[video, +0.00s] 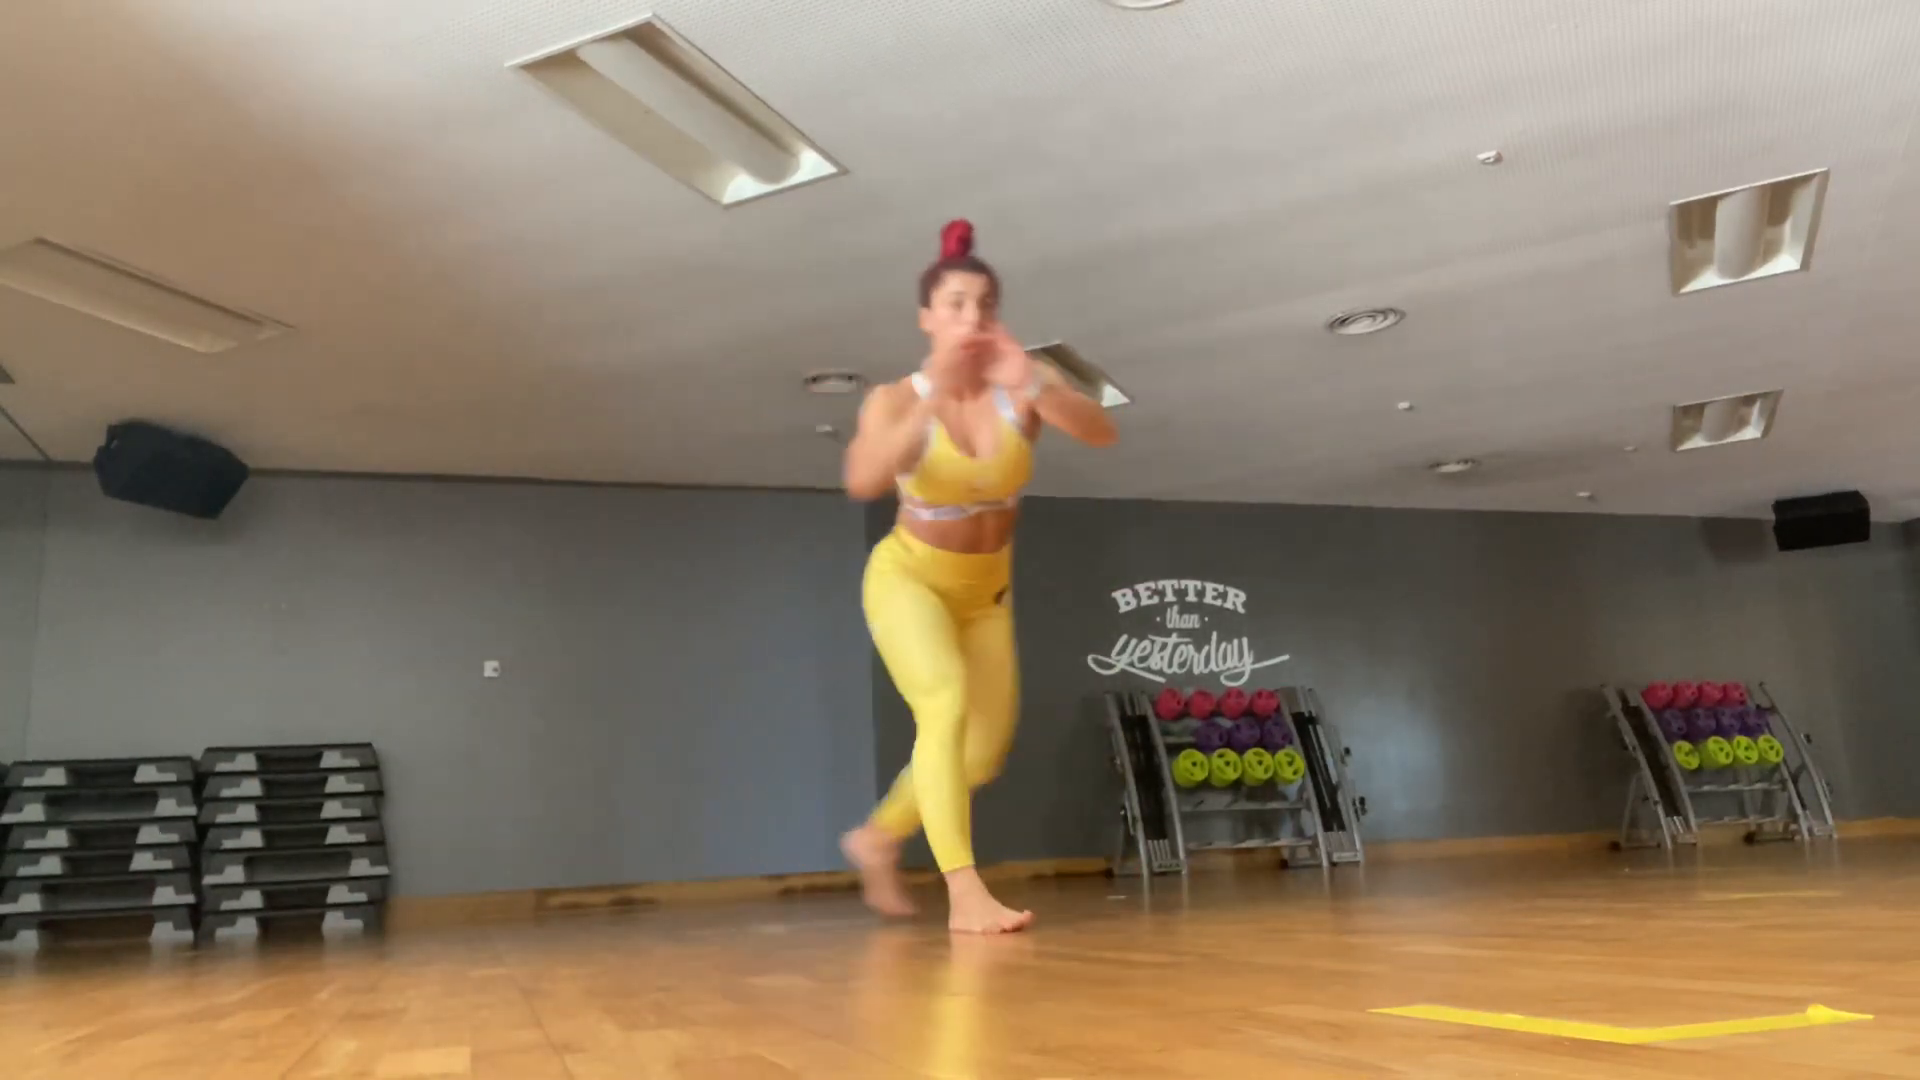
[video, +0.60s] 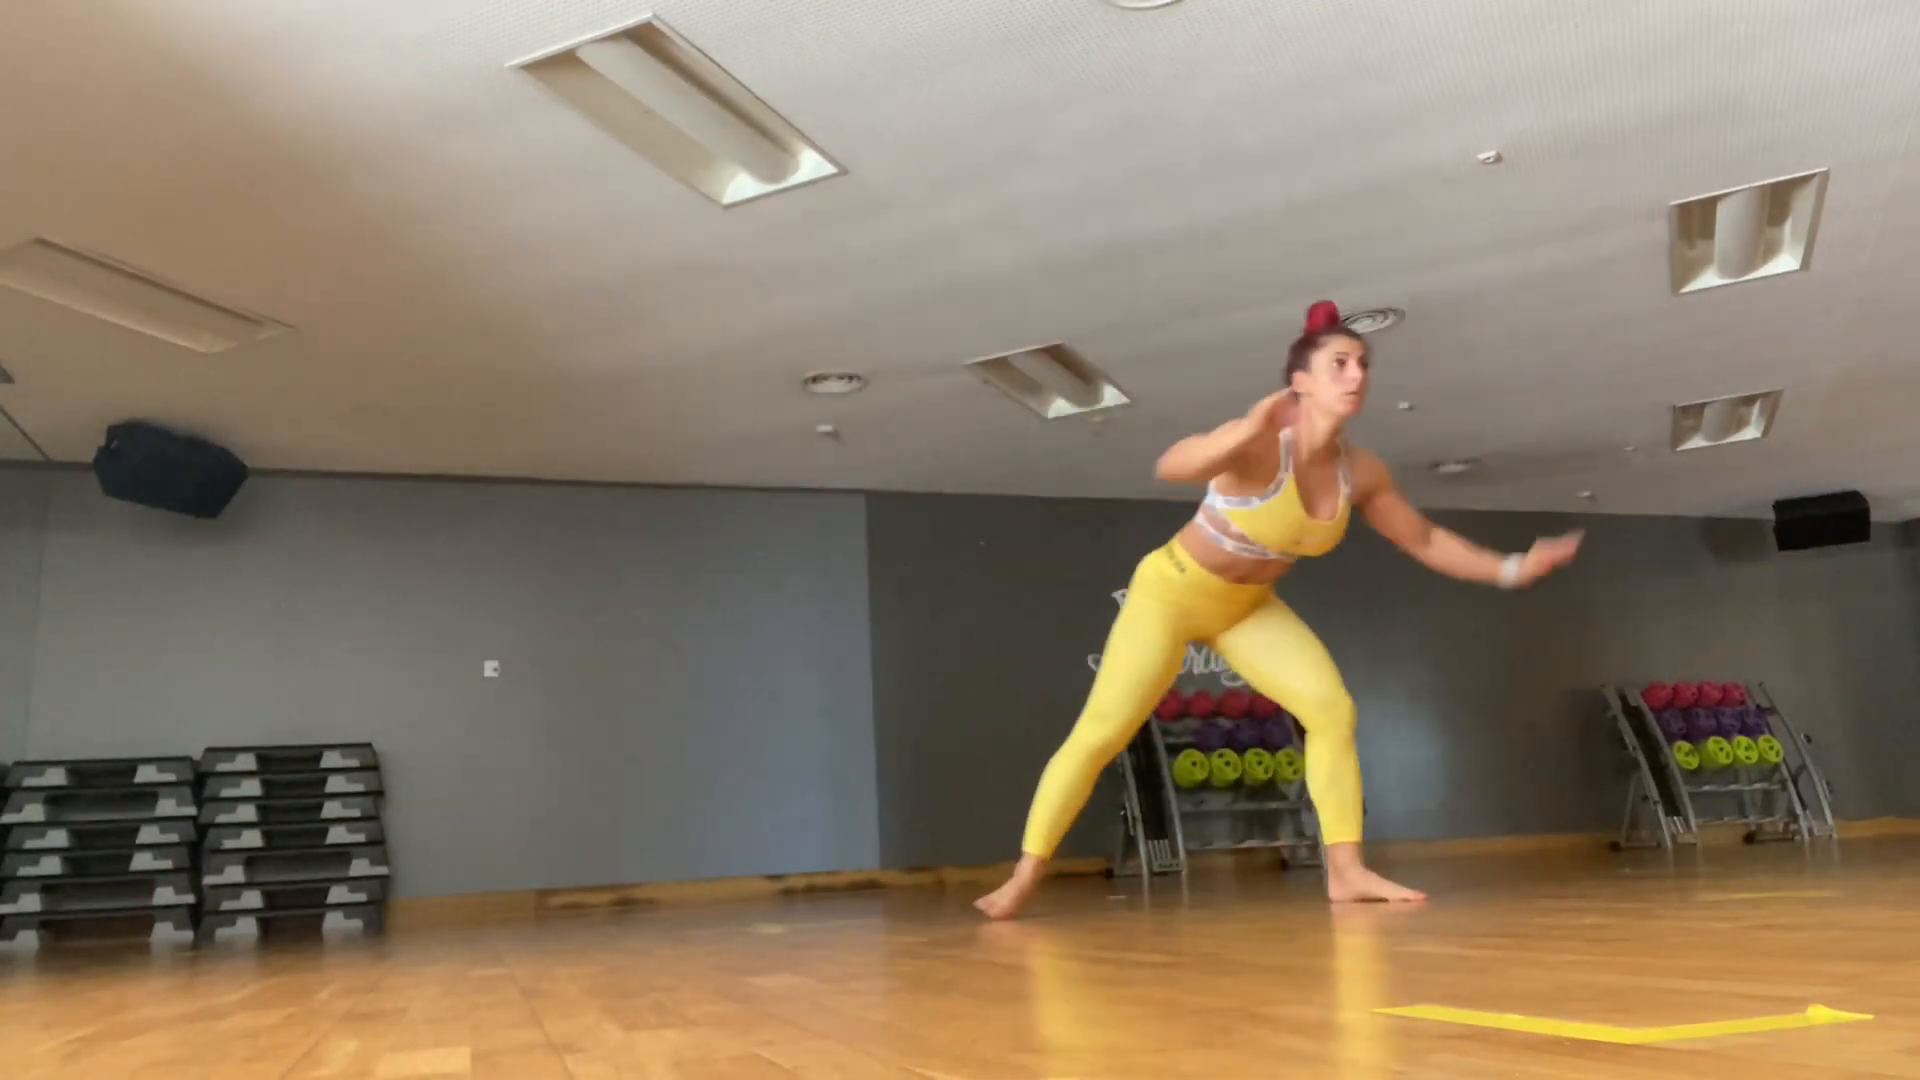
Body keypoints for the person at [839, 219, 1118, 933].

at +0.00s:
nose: (973, 318)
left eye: (986, 305)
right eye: (958, 304)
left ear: (997, 318)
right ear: (926, 316)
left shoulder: (1018, 389)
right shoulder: (897, 400)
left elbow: (1102, 433)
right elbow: (861, 483)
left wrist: (1035, 385)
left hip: (987, 592)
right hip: (910, 579)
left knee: (983, 752)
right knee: (943, 704)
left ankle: (874, 840)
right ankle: (965, 895)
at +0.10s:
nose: (1022, 326)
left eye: (1033, 313)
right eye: (1005, 311)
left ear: (1046, 324)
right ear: (971, 325)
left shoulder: (1059, 400)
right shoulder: (934, 408)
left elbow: (1152, 455)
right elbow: (953, 469)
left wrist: (1105, 401)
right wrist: (1029, 389)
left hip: (1018, 594)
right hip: (938, 580)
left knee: (1067, 736)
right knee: (960, 700)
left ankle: (997, 850)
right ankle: (965, 892)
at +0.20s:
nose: (1114, 341)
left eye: (1124, 329)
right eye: (1098, 325)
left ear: (1131, 344)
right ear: (1058, 341)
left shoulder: (1134, 413)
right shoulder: (1015, 423)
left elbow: (1227, 469)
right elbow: (1027, 505)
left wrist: (1196, 405)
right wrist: (1110, 443)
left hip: (1069, 607)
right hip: (987, 591)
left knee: (1162, 718)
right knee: (1011, 701)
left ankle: (1211, 864)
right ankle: (981, 894)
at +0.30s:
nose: (1184, 357)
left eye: (1194, 347)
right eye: (1168, 342)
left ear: (1201, 365)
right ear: (1126, 356)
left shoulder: (1195, 438)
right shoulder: (1077, 435)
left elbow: (1287, 463)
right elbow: (1044, 527)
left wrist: (1245, 389)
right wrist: (1115, 499)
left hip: (1112, 623)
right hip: (1033, 601)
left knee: (1214, 725)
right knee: (1050, 712)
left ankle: (1324, 853)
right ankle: (983, 889)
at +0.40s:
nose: (1291, 371)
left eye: (1297, 360)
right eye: (1273, 357)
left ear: (1304, 376)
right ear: (1233, 374)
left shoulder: (1298, 458)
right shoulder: (1179, 445)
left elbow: (1396, 478)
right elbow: (1083, 516)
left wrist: (1403, 396)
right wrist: (1116, 518)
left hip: (1193, 620)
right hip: (1111, 601)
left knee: (1293, 713)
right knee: (1055, 727)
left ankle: (1344, 873)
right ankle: (998, 878)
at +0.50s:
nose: (1336, 376)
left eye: (1343, 366)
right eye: (1319, 363)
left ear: (1347, 384)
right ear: (1279, 378)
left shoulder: (1343, 469)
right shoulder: (1222, 446)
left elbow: (1437, 514)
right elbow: (1117, 498)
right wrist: (1164, 482)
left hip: (1226, 612)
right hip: (1147, 594)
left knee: (1314, 708)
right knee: (1080, 728)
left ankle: (1345, 871)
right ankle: (1004, 873)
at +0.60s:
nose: (1355, 376)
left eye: (1362, 365)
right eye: (1338, 363)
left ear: (1367, 383)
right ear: (1299, 379)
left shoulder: (1360, 472)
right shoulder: (1258, 439)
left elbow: (1425, 540)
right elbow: (1169, 467)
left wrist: (1509, 569)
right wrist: (1238, 435)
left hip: (1252, 605)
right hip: (1176, 587)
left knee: (1329, 707)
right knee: (1104, 730)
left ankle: (1346, 872)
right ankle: (1026, 874)